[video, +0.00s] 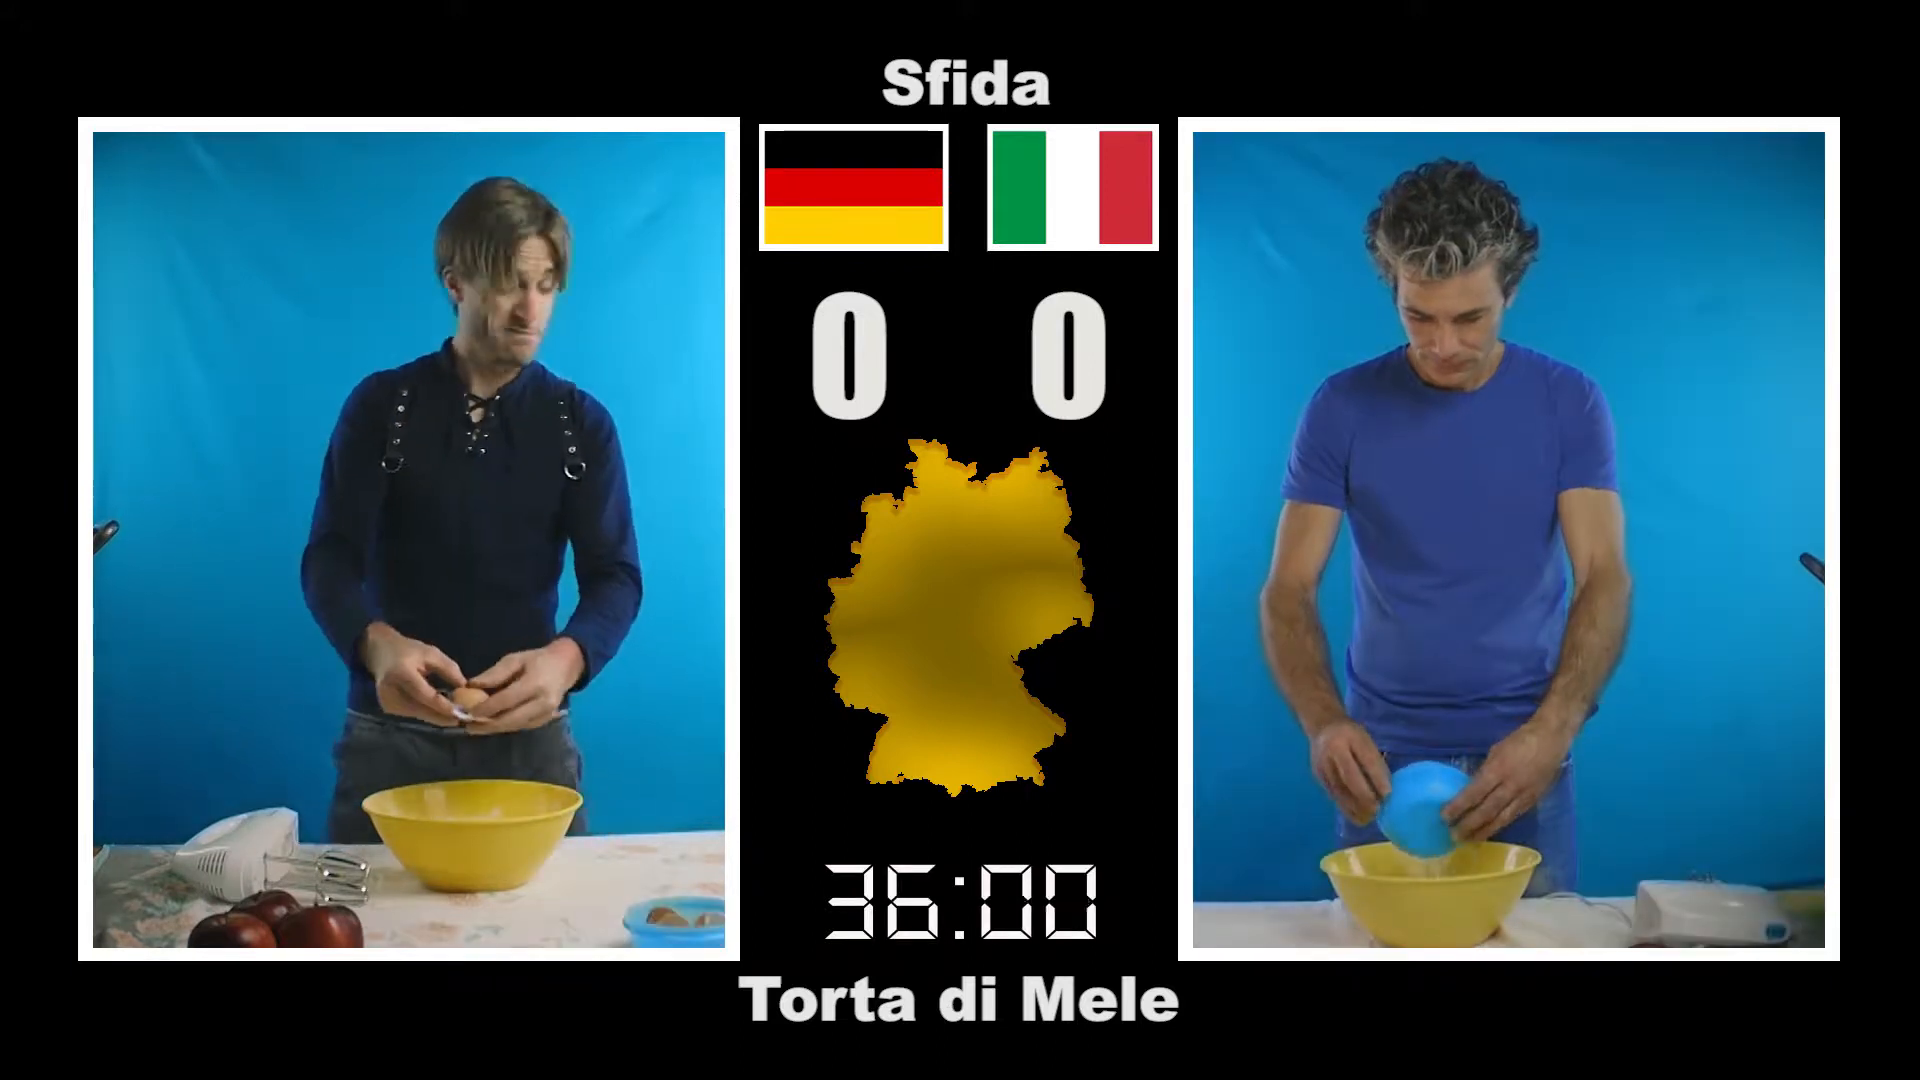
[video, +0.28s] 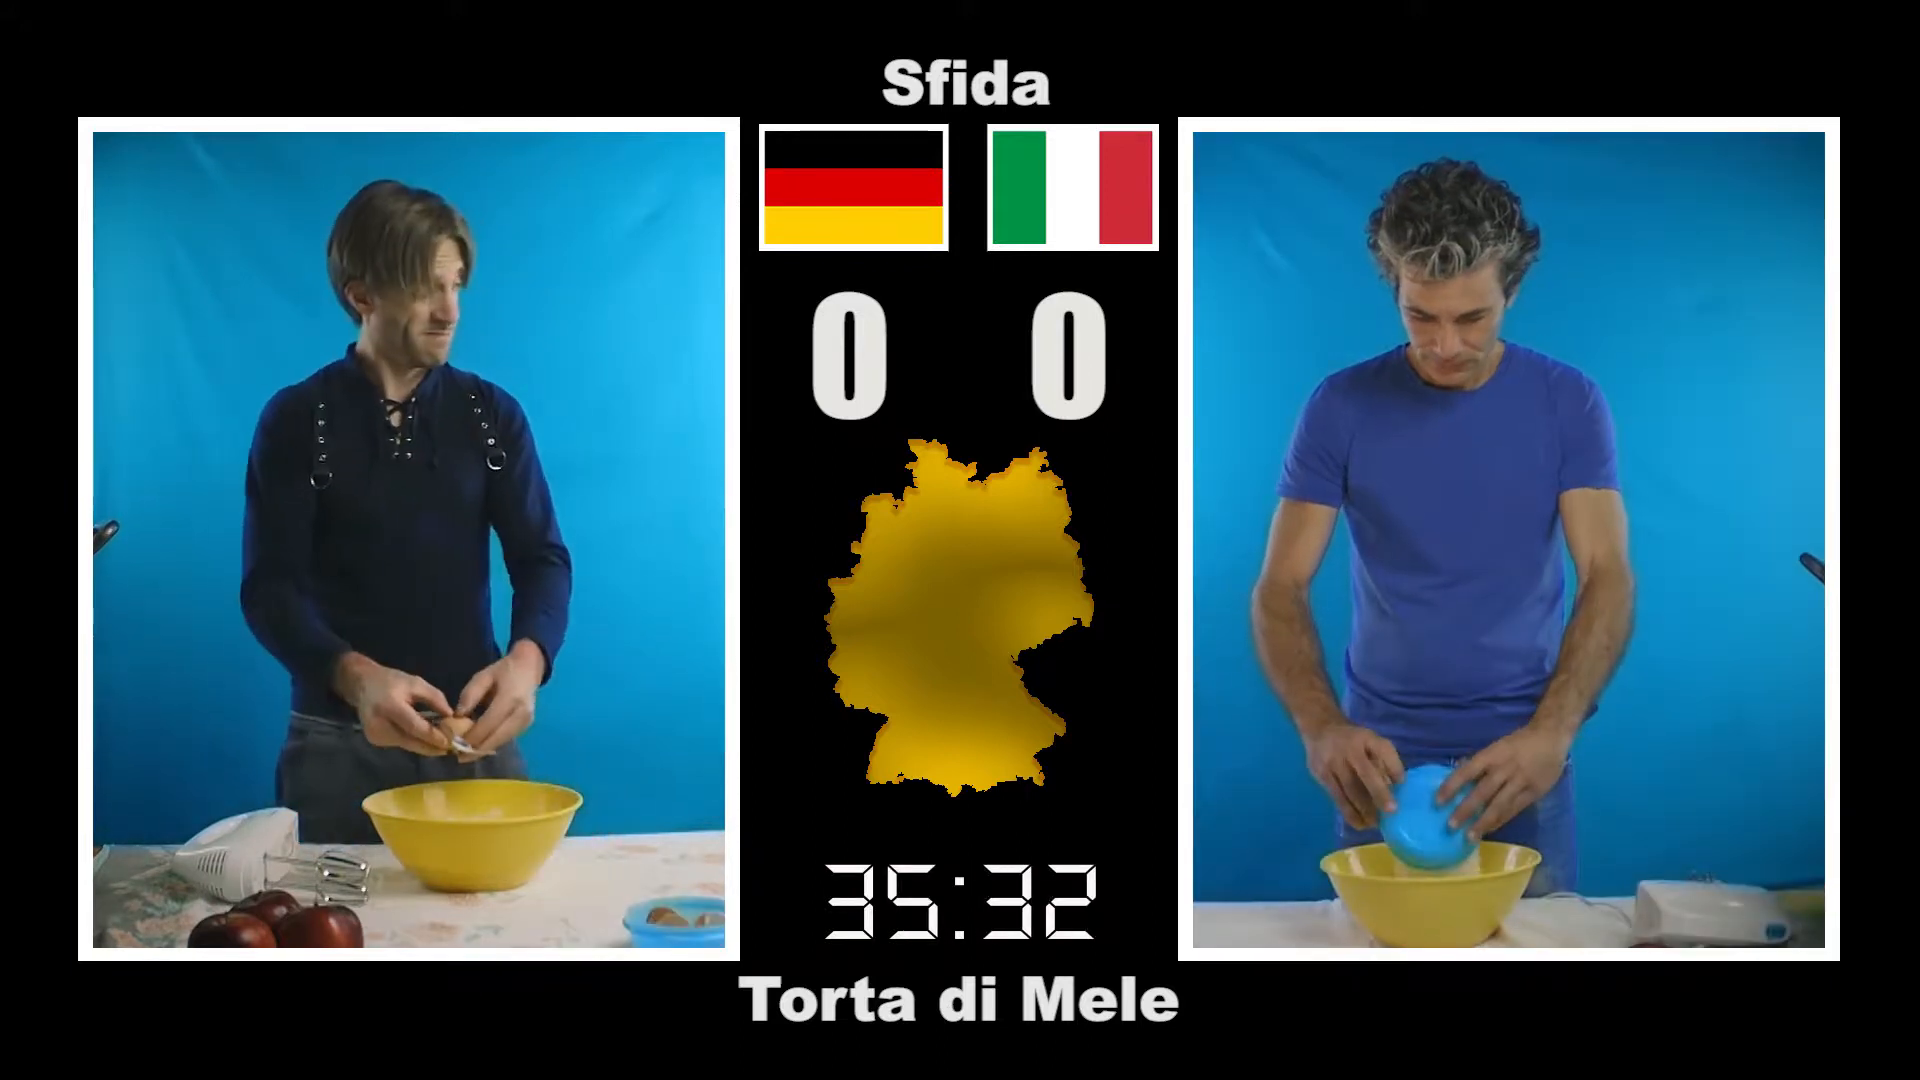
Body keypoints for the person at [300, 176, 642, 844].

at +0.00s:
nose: (528, 308)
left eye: (544, 285)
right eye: (508, 285)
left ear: (558, 285)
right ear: (456, 279)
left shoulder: (579, 424)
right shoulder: (381, 407)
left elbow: (614, 577)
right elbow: (330, 557)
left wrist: (566, 661)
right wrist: (376, 645)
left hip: (527, 748)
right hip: (395, 743)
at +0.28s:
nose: (446, 309)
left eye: (454, 287)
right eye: (423, 289)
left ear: (463, 287)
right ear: (361, 294)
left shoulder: (491, 417)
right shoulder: (298, 421)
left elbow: (542, 557)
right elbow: (268, 590)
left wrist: (527, 661)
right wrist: (357, 678)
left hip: (477, 752)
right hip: (344, 757)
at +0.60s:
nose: (421, 306)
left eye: (426, 283)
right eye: (396, 288)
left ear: (434, 281)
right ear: (334, 304)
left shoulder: (478, 409)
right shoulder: (284, 431)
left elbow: (536, 548)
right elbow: (266, 598)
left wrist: (519, 663)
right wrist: (353, 685)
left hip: (482, 750)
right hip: (348, 759)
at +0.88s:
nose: (468, 324)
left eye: (481, 297)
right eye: (444, 300)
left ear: (496, 289)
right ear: (393, 292)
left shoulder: (532, 410)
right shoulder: (334, 418)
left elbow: (576, 556)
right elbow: (304, 577)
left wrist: (531, 675)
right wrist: (369, 685)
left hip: (513, 739)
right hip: (379, 742)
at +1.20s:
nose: (483, 344)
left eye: (505, 322)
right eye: (467, 319)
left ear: (528, 312)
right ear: (433, 296)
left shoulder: (559, 421)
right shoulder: (363, 412)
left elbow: (597, 560)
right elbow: (336, 560)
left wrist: (556, 675)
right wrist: (386, 680)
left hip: (523, 734)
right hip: (388, 735)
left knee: (546, 933)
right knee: (365, 933)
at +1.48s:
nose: (484, 347)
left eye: (504, 325)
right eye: (466, 321)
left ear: (528, 315)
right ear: (428, 299)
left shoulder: (549, 427)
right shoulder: (354, 417)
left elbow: (574, 562)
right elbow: (327, 565)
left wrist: (528, 683)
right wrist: (365, 699)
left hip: (514, 739)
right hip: (382, 740)